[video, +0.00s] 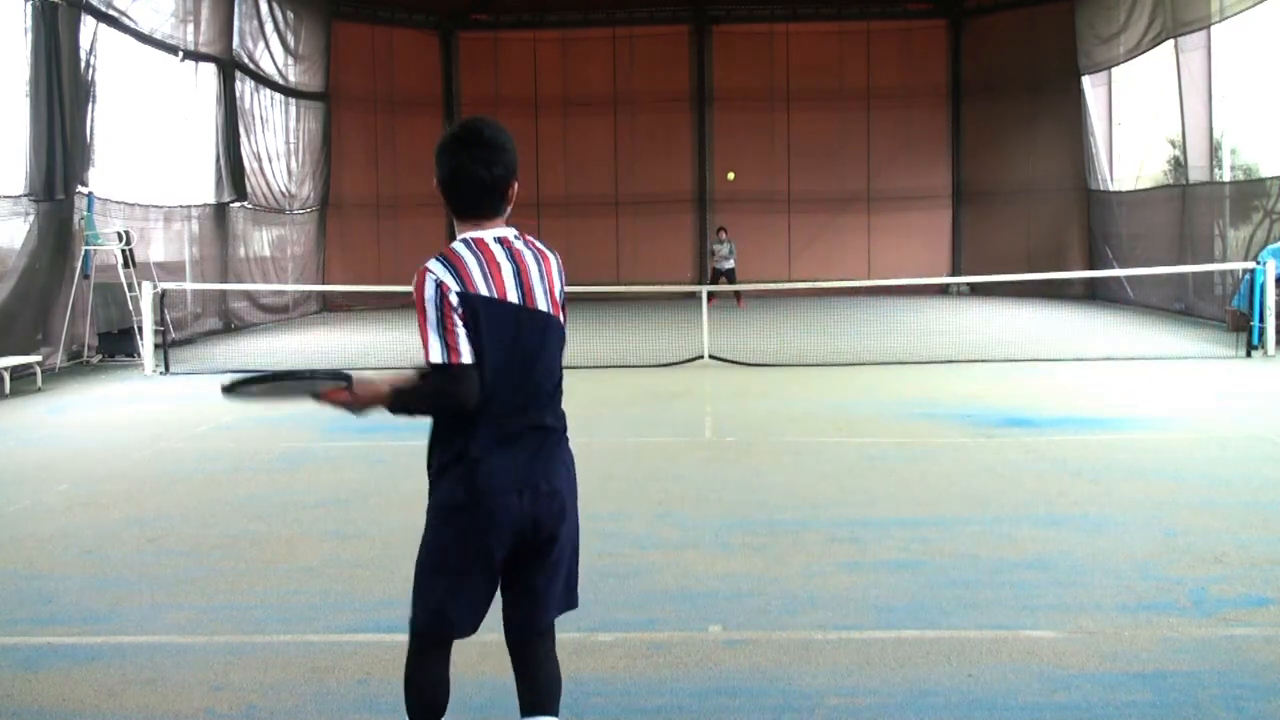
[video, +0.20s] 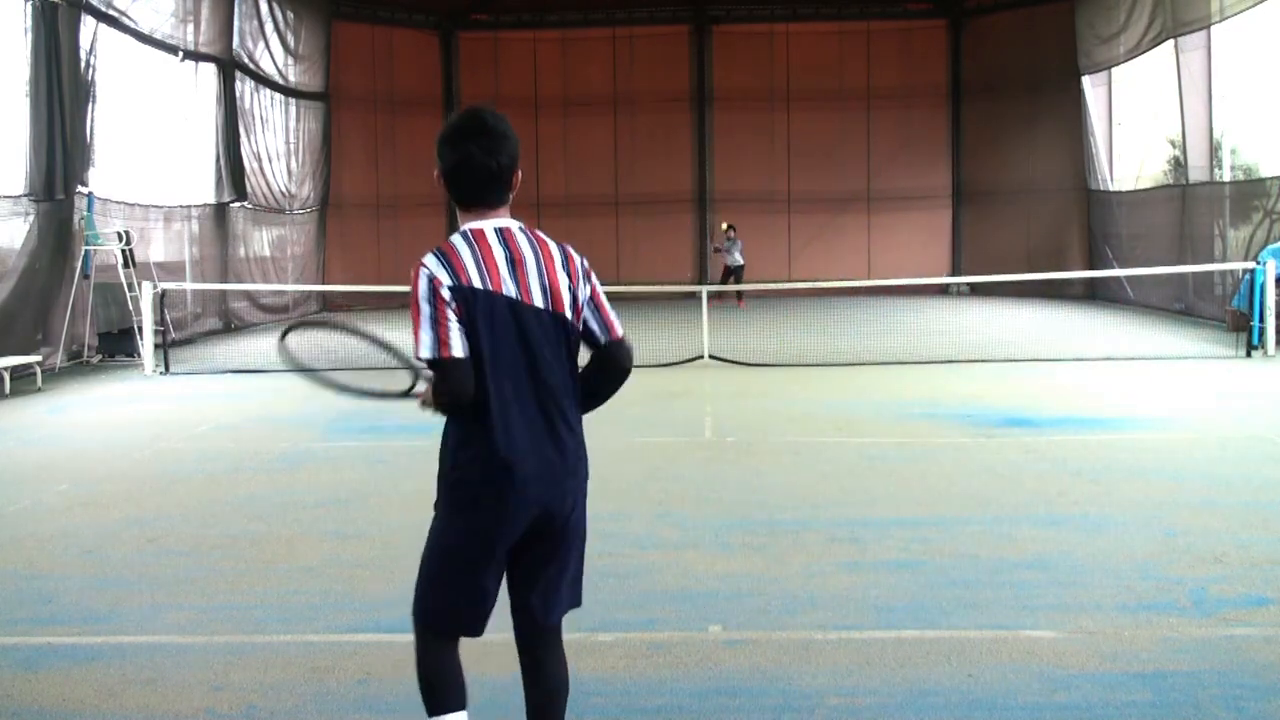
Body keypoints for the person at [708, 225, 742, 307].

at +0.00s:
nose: (722, 236)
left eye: (723, 234)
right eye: (720, 234)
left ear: (726, 235)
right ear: (717, 235)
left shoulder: (730, 244)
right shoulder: (714, 245)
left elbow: (732, 256)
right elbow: (712, 256)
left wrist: (721, 256)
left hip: (729, 267)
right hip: (717, 267)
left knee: (734, 284)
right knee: (712, 284)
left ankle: (739, 300)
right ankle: (710, 299)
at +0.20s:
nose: (729, 234)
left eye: (731, 232)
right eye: (728, 232)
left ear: (734, 233)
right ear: (726, 234)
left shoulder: (737, 242)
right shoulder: (725, 243)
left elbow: (732, 251)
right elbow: (722, 249)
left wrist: (722, 249)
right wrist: (716, 249)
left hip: (738, 264)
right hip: (728, 265)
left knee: (738, 283)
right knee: (722, 282)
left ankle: (740, 301)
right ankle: (718, 298)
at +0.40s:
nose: (736, 234)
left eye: (737, 231)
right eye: (734, 232)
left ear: (740, 232)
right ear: (731, 233)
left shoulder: (743, 241)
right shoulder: (731, 242)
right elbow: (725, 247)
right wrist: (713, 248)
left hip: (749, 262)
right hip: (740, 264)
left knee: (749, 279)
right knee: (741, 281)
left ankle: (751, 296)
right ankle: (748, 295)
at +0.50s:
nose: (737, 237)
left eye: (739, 234)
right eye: (736, 235)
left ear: (742, 235)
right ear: (734, 236)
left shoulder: (745, 244)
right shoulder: (736, 247)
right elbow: (730, 252)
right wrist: (720, 253)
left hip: (753, 265)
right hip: (745, 268)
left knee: (757, 282)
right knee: (743, 286)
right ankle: (752, 299)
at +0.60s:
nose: (740, 238)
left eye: (742, 235)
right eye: (738, 236)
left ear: (745, 236)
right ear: (736, 237)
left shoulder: (748, 244)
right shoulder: (740, 247)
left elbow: (736, 252)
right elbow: (738, 256)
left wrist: (726, 256)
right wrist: (730, 259)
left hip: (756, 266)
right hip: (747, 269)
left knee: (761, 283)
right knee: (745, 286)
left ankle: (776, 295)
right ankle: (753, 299)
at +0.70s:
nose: (744, 236)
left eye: (745, 233)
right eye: (742, 234)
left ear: (748, 234)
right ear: (740, 235)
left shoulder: (753, 242)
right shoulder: (742, 246)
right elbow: (741, 257)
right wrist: (733, 262)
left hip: (759, 265)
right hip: (749, 268)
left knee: (765, 282)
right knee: (746, 284)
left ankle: (777, 296)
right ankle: (753, 299)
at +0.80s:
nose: (748, 231)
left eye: (749, 228)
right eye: (746, 229)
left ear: (753, 229)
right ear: (745, 230)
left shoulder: (757, 237)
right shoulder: (746, 241)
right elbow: (743, 252)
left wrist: (757, 232)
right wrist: (736, 255)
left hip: (761, 260)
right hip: (751, 263)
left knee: (769, 279)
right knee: (750, 283)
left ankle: (777, 296)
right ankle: (754, 300)